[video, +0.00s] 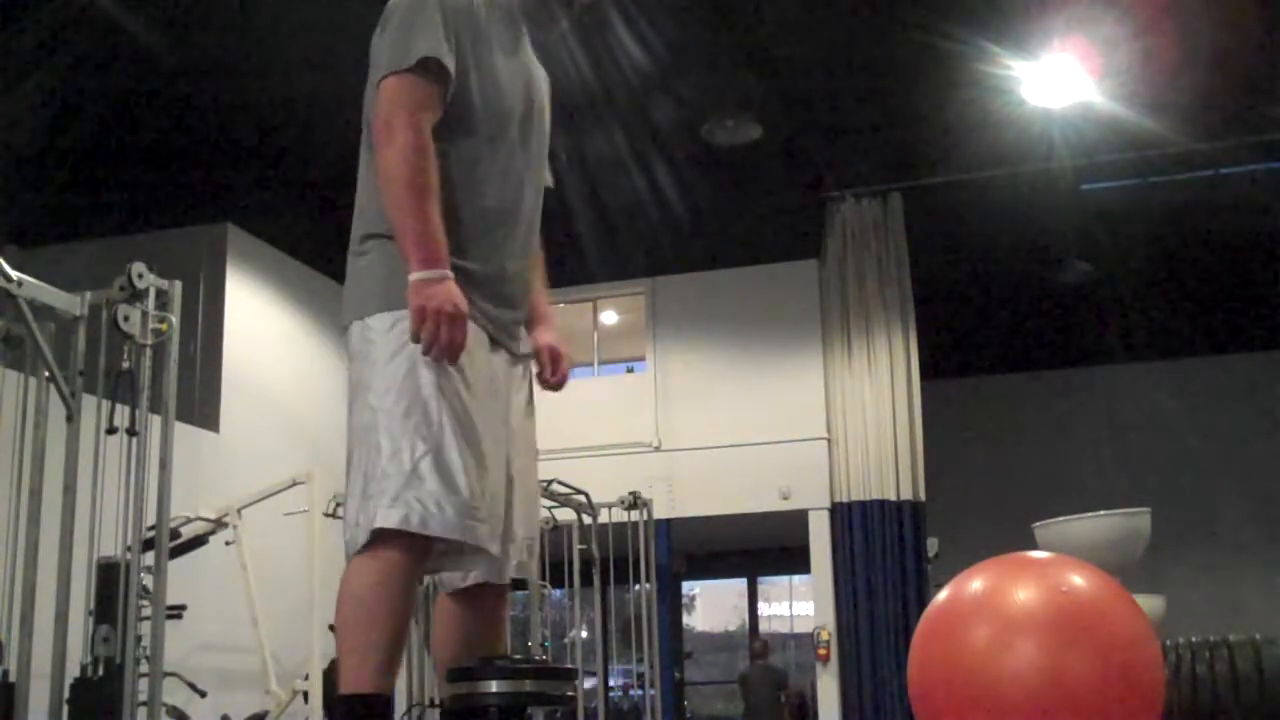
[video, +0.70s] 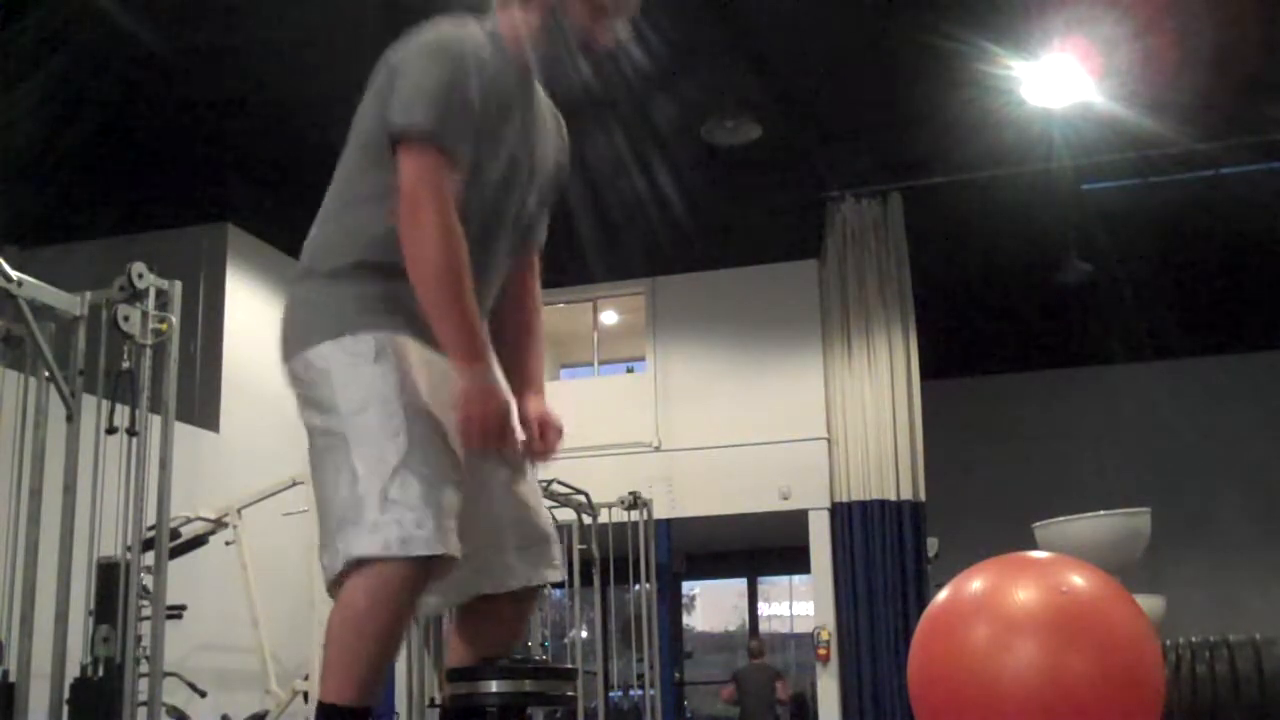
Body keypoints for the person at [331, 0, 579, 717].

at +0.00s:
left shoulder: (527, 59)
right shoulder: (434, 5)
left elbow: (514, 197)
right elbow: (400, 125)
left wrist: (540, 313)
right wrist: (430, 271)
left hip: (500, 332)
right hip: (418, 306)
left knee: (485, 555)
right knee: (400, 526)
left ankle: (472, 717)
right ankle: (358, 714)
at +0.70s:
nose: (608, 35)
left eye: (619, 22)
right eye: (601, 11)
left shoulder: (549, 131)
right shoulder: (447, 50)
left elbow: (519, 272)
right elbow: (424, 213)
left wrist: (530, 389)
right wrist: (475, 369)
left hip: (454, 342)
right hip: (358, 318)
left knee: (511, 558)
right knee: (402, 535)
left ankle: (475, 712)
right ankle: (339, 713)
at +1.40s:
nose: (621, 200)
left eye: (619, 185)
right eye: (603, 181)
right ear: (544, 187)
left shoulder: (573, 347)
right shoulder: (489, 289)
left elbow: (544, 504)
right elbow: (473, 479)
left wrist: (545, 643)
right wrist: (478, 639)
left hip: (393, 495)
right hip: (294, 479)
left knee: (576, 576)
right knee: (461, 549)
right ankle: (358, 707)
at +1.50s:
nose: (604, 192)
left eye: (601, 177)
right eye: (584, 174)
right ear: (527, 186)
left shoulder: (567, 342)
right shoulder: (477, 286)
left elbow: (541, 494)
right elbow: (468, 475)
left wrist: (540, 636)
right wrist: (477, 640)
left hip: (392, 497)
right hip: (291, 485)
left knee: (574, 576)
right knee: (456, 546)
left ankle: (484, 710)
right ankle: (355, 711)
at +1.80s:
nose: (569, 133)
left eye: (565, 117)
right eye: (549, 115)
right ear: (490, 128)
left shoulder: (538, 291)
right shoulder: (443, 233)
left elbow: (528, 439)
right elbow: (456, 422)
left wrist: (538, 573)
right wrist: (475, 574)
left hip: (389, 455)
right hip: (293, 437)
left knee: (563, 569)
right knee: (444, 542)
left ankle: (482, 702)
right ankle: (352, 709)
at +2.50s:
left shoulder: (523, 75)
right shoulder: (427, 8)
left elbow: (519, 211)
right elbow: (442, 158)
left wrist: (531, 337)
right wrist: (464, 308)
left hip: (452, 317)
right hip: (365, 300)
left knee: (462, 553)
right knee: (363, 533)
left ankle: (449, 711)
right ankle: (332, 711)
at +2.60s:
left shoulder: (527, 97)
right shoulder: (433, 22)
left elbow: (521, 235)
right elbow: (448, 189)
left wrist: (530, 361)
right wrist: (469, 341)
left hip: (437, 327)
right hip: (350, 308)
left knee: (485, 550)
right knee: (381, 529)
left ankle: (459, 711)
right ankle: (336, 714)